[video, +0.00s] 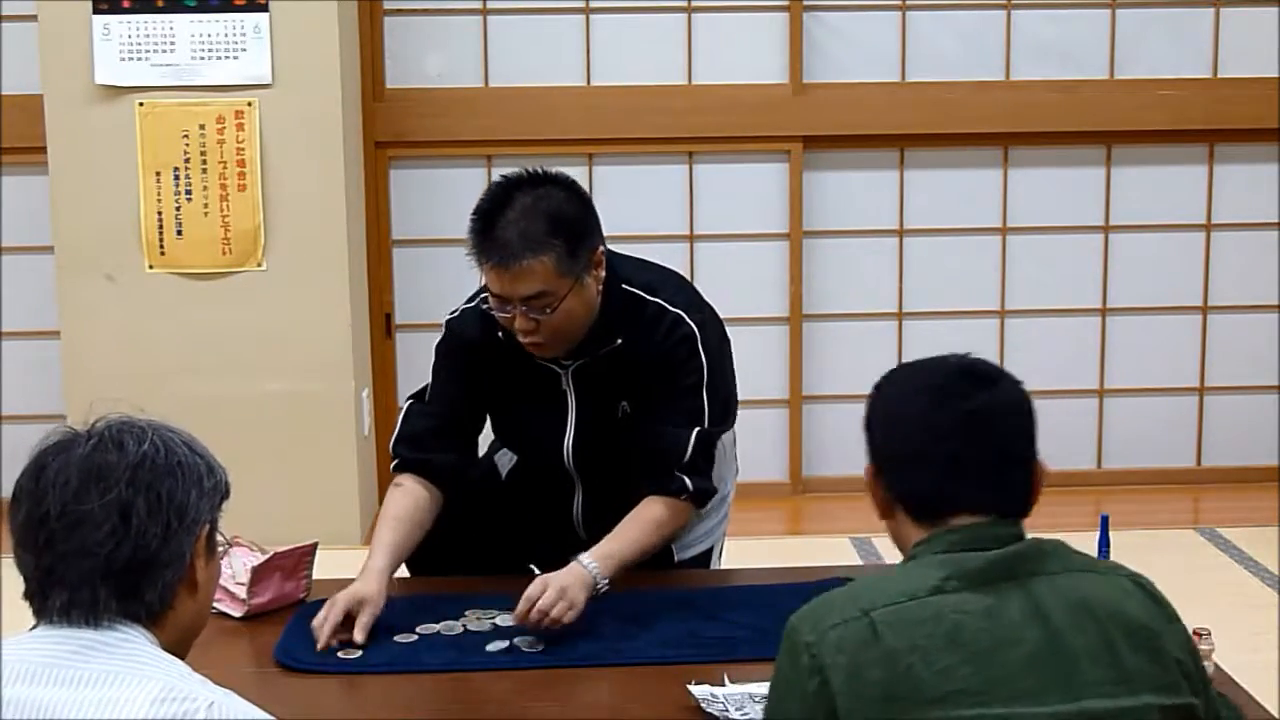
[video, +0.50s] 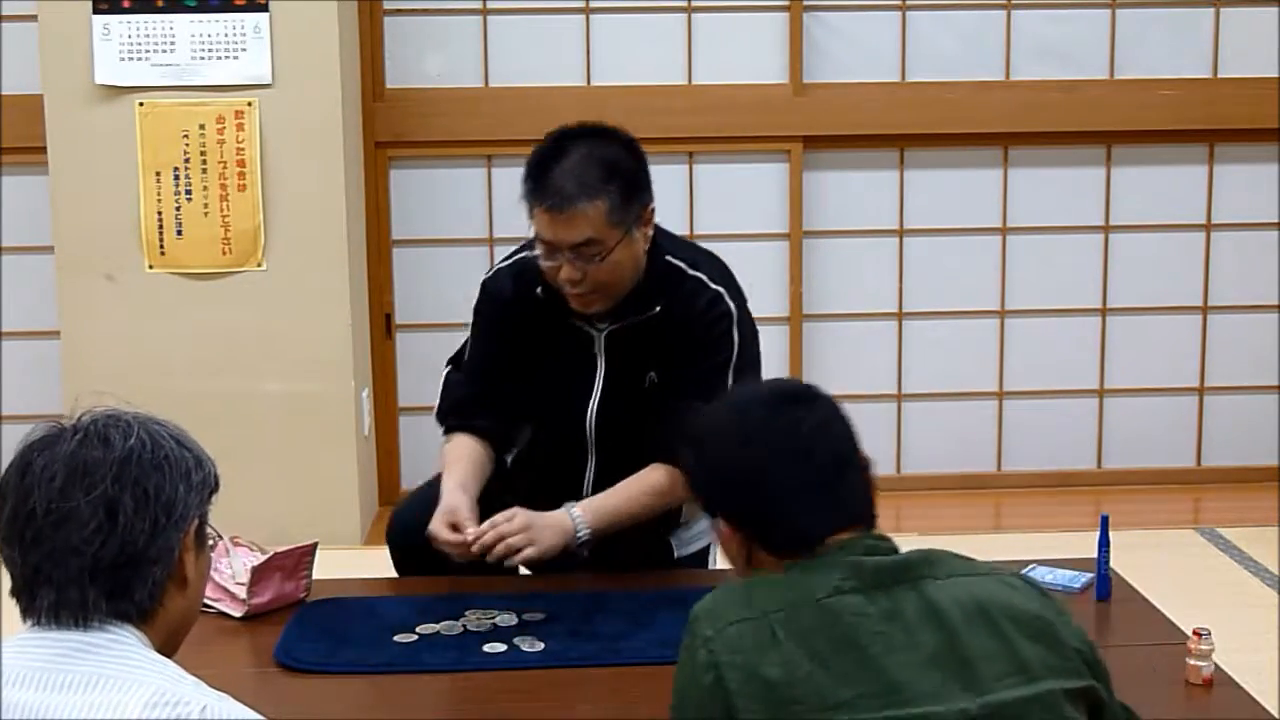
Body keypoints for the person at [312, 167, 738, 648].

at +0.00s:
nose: (520, 324)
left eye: (540, 304)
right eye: (501, 303)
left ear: (597, 269)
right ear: (485, 277)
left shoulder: (678, 328)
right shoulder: (476, 331)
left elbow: (684, 487)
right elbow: (425, 464)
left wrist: (587, 571)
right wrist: (373, 573)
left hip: (655, 524)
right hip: (537, 514)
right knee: (432, 524)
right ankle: (472, 679)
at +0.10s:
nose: (521, 322)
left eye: (541, 301)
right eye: (502, 301)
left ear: (596, 268)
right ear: (485, 277)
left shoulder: (677, 325)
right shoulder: (476, 335)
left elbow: (695, 483)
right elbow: (425, 467)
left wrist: (596, 561)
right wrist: (375, 576)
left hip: (655, 522)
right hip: (536, 517)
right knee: (431, 535)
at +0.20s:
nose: (529, 315)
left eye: (548, 294)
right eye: (510, 294)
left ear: (604, 263)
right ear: (493, 272)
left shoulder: (683, 325)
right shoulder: (483, 331)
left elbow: (690, 485)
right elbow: (431, 462)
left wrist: (581, 554)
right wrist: (386, 565)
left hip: (653, 542)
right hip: (527, 536)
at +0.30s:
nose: (543, 304)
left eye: (564, 282)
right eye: (525, 281)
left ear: (618, 250)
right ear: (509, 259)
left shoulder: (691, 318)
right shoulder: (492, 318)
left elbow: (681, 480)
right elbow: (449, 444)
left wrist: (566, 545)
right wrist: (415, 535)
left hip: (657, 547)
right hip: (531, 541)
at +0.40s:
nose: (558, 286)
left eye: (580, 265)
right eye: (540, 263)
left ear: (634, 238)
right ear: (523, 240)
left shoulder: (703, 306)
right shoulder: (506, 300)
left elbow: (688, 467)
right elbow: (472, 423)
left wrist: (562, 533)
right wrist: (444, 507)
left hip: (654, 534)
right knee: (419, 527)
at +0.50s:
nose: (567, 274)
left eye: (589, 253)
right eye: (548, 251)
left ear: (645, 226)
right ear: (533, 229)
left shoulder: (703, 301)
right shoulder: (510, 290)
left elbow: (694, 463)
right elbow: (474, 410)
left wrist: (568, 523)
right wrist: (458, 491)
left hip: (648, 523)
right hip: (525, 509)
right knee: (413, 529)